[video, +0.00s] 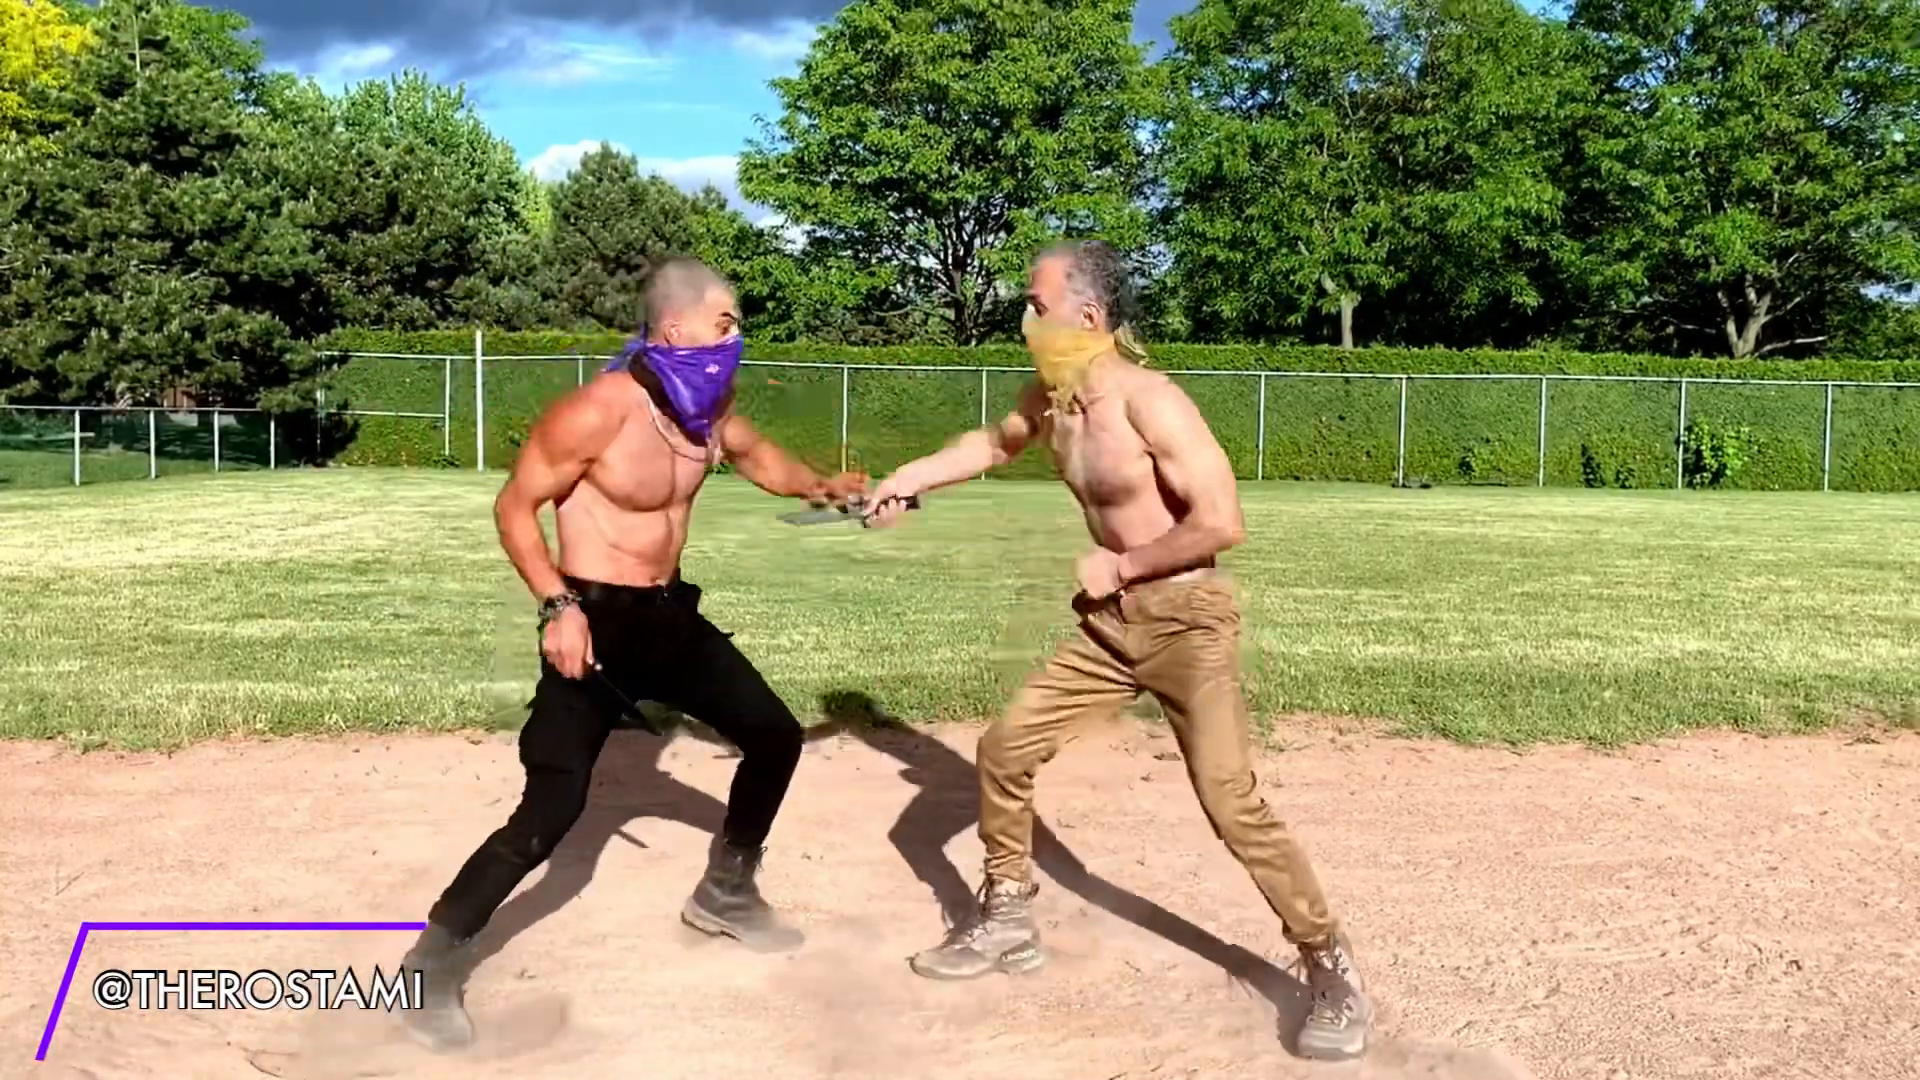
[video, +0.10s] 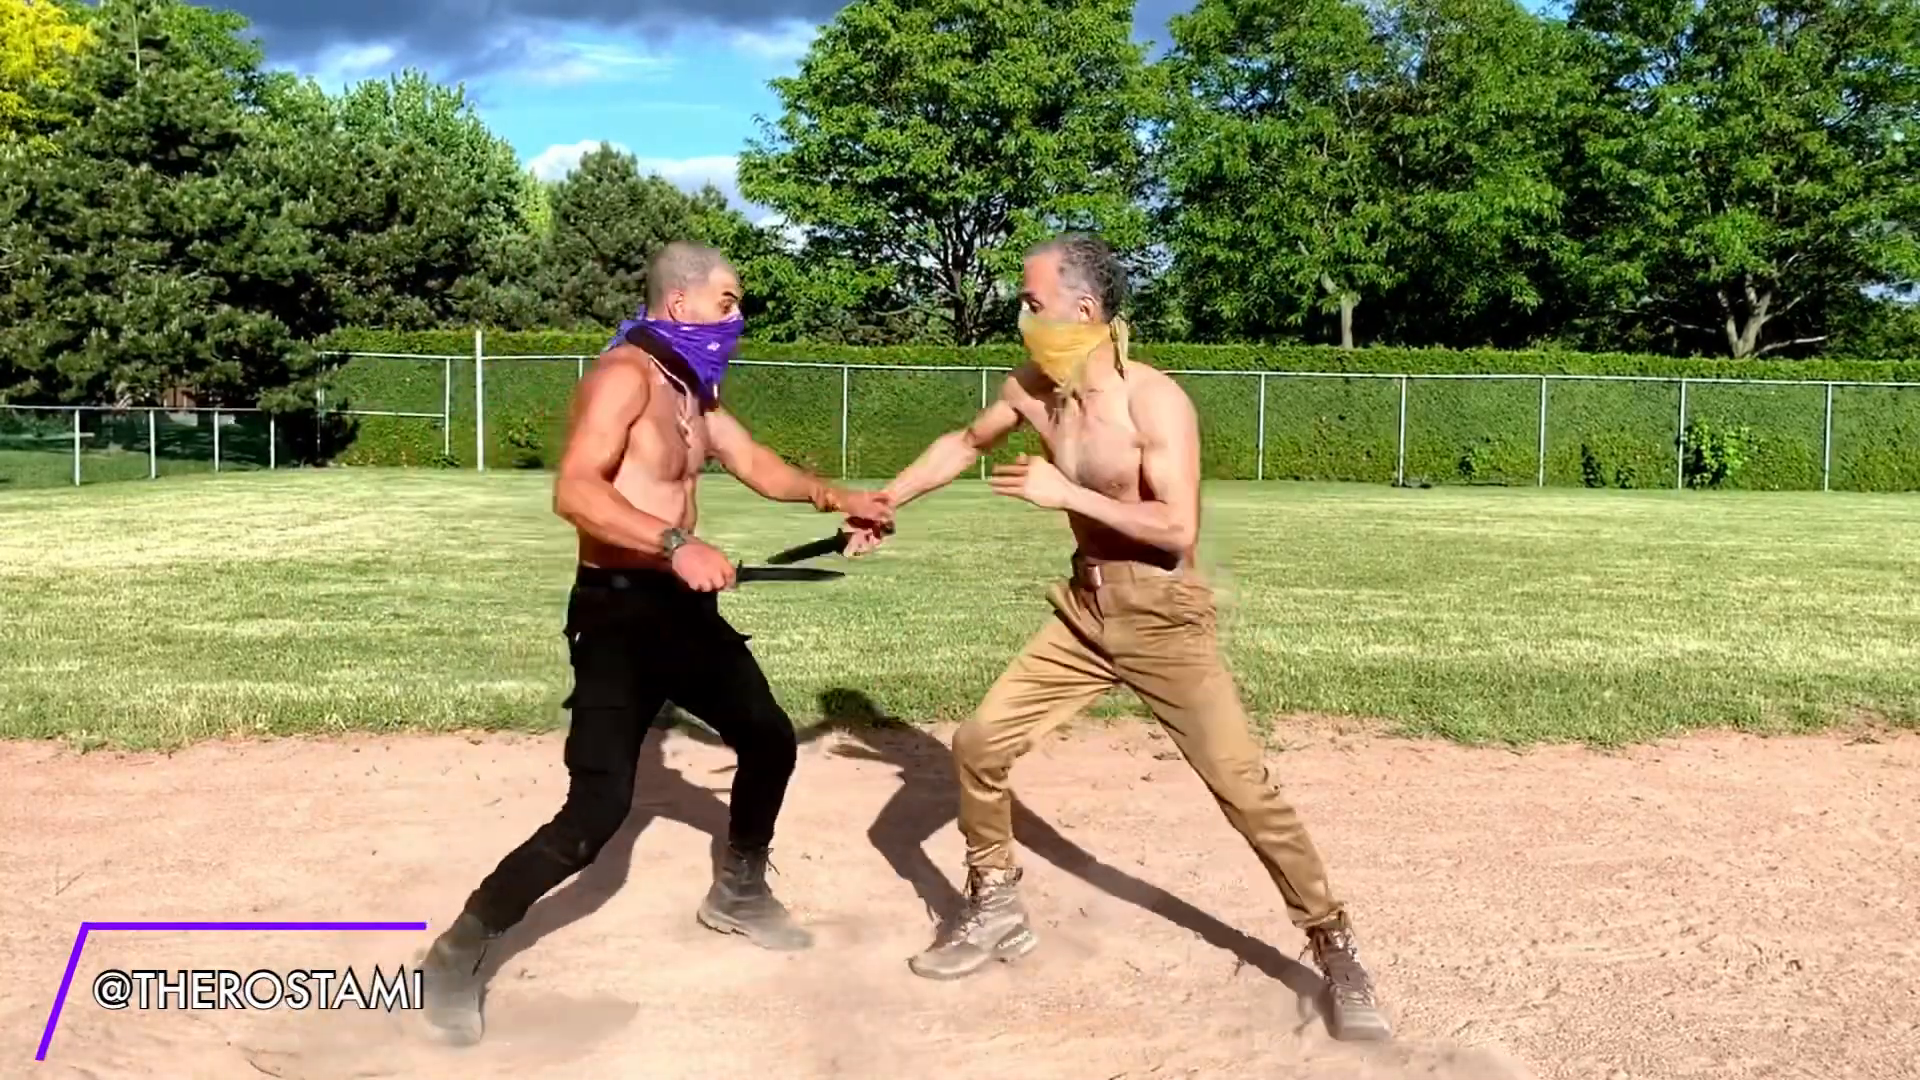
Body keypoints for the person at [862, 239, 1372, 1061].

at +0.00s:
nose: (1027, 320)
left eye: (1038, 306)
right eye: (1027, 306)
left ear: (1090, 310)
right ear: (1070, 312)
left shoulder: (1150, 398)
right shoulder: (1050, 400)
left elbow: (1221, 523)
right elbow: (993, 443)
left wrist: (1122, 563)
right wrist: (910, 477)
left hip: (1189, 618)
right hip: (1109, 621)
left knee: (1229, 799)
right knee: (1005, 750)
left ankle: (1329, 968)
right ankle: (1006, 918)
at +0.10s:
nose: (1022, 318)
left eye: (1034, 304)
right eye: (1022, 304)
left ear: (1086, 309)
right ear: (1066, 310)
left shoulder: (1157, 401)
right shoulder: (1035, 388)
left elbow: (1177, 528)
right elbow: (967, 442)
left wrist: (1066, 493)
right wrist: (891, 496)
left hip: (1166, 622)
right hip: (1085, 614)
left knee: (1243, 789)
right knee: (980, 745)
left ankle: (1338, 952)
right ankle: (997, 909)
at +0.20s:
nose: (1018, 307)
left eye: (1029, 294)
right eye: (1018, 293)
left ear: (1076, 300)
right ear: (1063, 299)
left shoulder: (1111, 377)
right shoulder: (1062, 393)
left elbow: (1034, 445)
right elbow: (1072, 489)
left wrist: (927, 409)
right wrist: (1027, 537)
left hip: (1142, 618)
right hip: (1068, 613)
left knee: (1210, 782)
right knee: (982, 757)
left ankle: (1323, 944)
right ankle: (984, 912)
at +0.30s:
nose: (1010, 291)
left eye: (1022, 278)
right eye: (1012, 276)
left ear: (1068, 287)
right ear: (1071, 287)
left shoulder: (1074, 358)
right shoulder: (1088, 362)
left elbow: (969, 416)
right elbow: (1152, 442)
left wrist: (851, 445)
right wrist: (1064, 500)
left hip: (1132, 606)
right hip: (1066, 603)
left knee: (1202, 779)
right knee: (978, 754)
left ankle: (1314, 937)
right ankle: (988, 909)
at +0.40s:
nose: (1029, 268)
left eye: (1042, 257)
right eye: (1032, 256)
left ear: (1089, 273)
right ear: (1075, 273)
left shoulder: (1107, 354)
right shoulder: (1066, 357)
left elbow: (1101, 472)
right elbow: (1057, 440)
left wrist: (995, 514)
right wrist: (991, 446)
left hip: (1116, 594)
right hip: (1049, 591)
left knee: (1189, 768)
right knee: (961, 751)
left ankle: (1317, 939)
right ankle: (988, 912)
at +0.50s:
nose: (1054, 276)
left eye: (1070, 267)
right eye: (1058, 263)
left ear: (1116, 290)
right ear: (1083, 284)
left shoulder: (1147, 386)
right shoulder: (1034, 350)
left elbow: (1173, 517)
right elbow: (942, 356)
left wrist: (1058, 510)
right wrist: (852, 390)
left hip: (1129, 600)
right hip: (1049, 595)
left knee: (1188, 764)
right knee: (958, 747)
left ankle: (1298, 936)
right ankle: (978, 905)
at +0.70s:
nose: (1089, 323)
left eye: (1107, 312)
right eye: (1088, 308)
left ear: (1157, 326)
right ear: (1088, 307)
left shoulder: (1194, 419)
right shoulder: (1066, 379)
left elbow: (1186, 545)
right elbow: (1005, 415)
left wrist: (1091, 484)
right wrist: (923, 469)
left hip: (1160, 628)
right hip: (1065, 616)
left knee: (1244, 784)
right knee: (969, 750)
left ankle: (1319, 944)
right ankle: (978, 905)